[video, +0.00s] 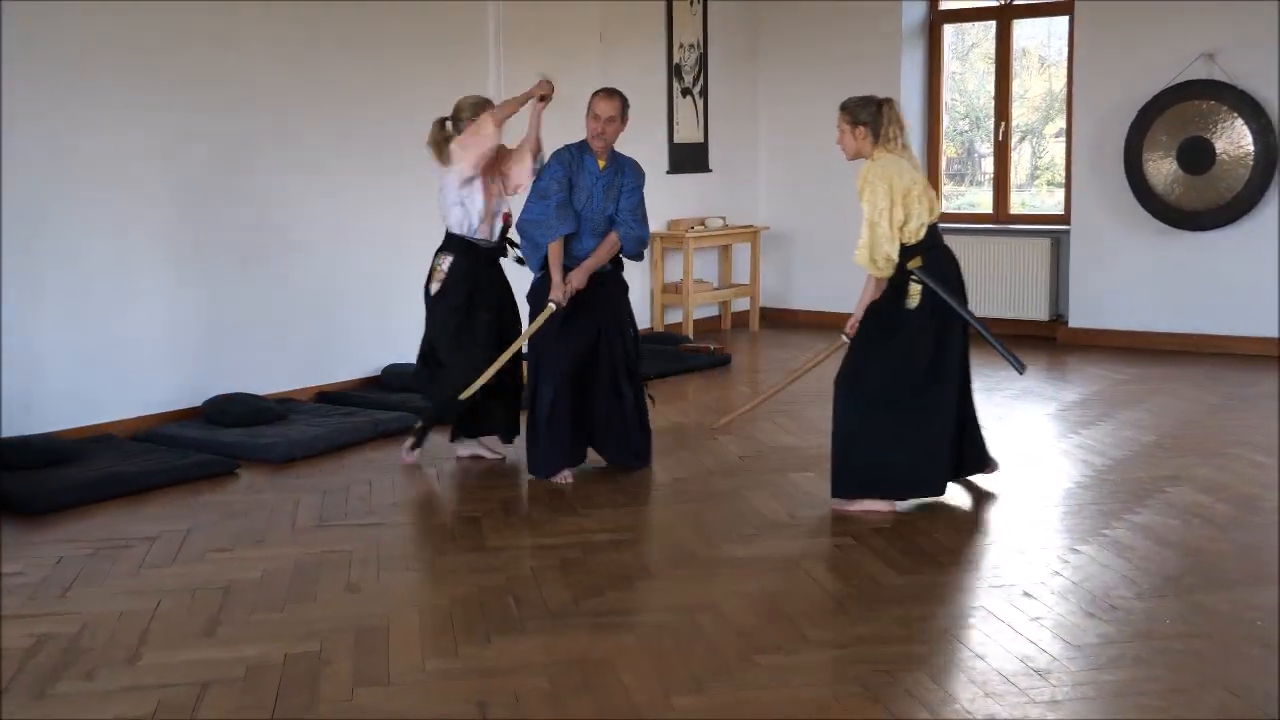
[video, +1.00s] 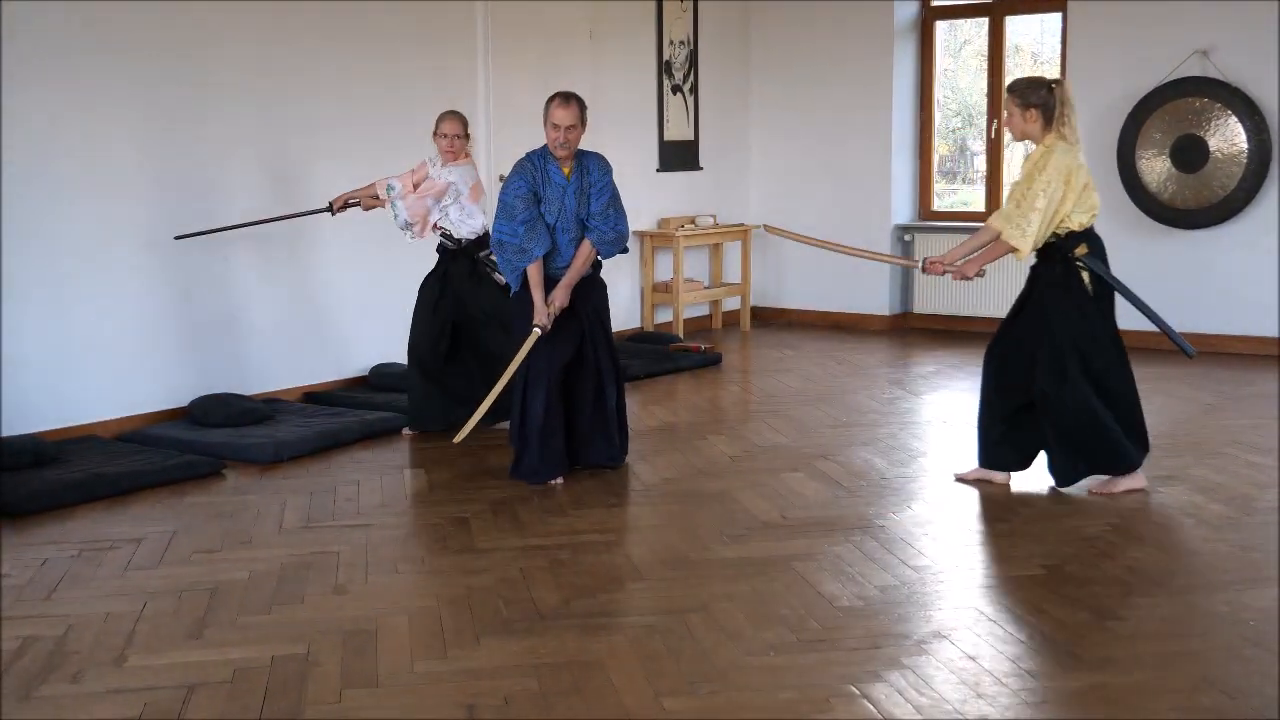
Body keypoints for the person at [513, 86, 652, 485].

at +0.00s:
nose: (600, 126)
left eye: (609, 120)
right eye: (595, 117)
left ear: (623, 125)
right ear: (585, 117)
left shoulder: (630, 171)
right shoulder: (563, 161)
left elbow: (625, 231)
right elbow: (552, 220)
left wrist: (585, 268)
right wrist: (556, 277)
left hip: (605, 278)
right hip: (558, 277)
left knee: (615, 359)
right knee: (557, 366)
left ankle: (620, 447)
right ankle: (558, 459)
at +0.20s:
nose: (583, 130)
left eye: (592, 123)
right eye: (577, 122)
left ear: (605, 125)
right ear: (566, 120)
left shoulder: (614, 166)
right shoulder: (545, 164)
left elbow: (614, 228)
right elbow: (540, 229)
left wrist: (576, 277)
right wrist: (546, 290)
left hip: (596, 277)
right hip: (548, 279)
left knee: (601, 360)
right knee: (550, 367)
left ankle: (598, 449)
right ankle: (552, 459)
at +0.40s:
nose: (571, 135)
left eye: (580, 127)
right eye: (564, 126)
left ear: (593, 128)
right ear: (555, 126)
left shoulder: (605, 167)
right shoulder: (536, 168)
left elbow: (610, 230)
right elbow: (534, 233)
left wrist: (571, 282)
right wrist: (541, 295)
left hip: (592, 279)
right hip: (545, 283)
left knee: (597, 362)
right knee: (549, 369)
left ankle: (594, 449)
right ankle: (552, 461)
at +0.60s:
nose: (566, 136)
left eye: (575, 128)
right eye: (559, 128)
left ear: (588, 130)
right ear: (549, 127)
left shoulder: (600, 167)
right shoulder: (531, 170)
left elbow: (605, 232)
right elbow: (532, 238)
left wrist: (570, 284)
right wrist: (541, 298)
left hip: (589, 281)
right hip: (541, 286)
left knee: (595, 365)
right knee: (547, 371)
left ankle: (595, 451)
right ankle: (550, 462)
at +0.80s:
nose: (563, 136)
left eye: (571, 128)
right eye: (555, 127)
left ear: (584, 129)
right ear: (546, 127)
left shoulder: (597, 167)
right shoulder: (528, 170)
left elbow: (602, 231)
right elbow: (530, 239)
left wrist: (568, 285)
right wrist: (539, 300)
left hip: (586, 280)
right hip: (538, 285)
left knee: (592, 364)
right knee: (544, 371)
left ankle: (593, 451)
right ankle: (547, 463)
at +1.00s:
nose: (562, 136)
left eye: (570, 128)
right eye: (554, 127)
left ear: (583, 129)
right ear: (545, 127)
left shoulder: (596, 168)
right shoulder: (526, 172)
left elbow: (601, 232)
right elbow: (529, 240)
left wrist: (567, 284)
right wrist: (538, 300)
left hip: (585, 280)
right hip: (537, 285)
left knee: (591, 363)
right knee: (543, 369)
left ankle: (592, 451)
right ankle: (546, 463)